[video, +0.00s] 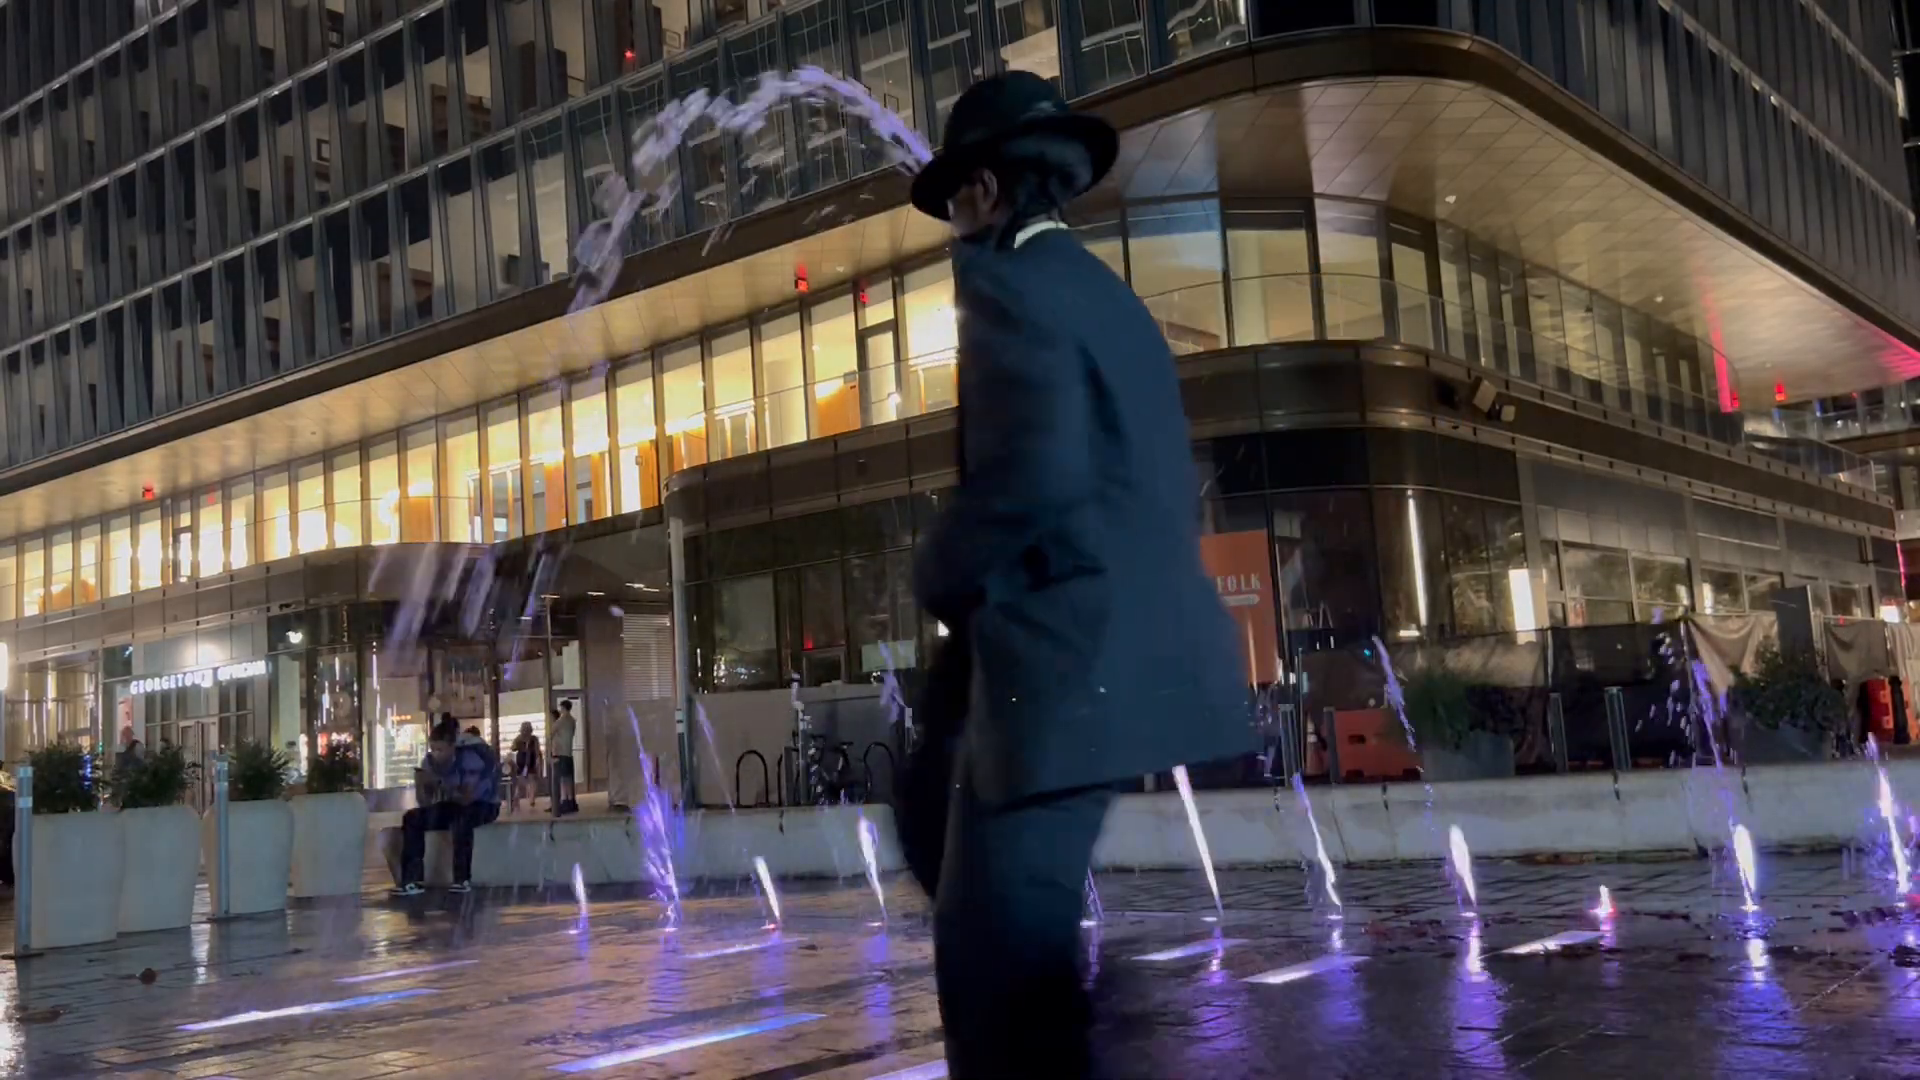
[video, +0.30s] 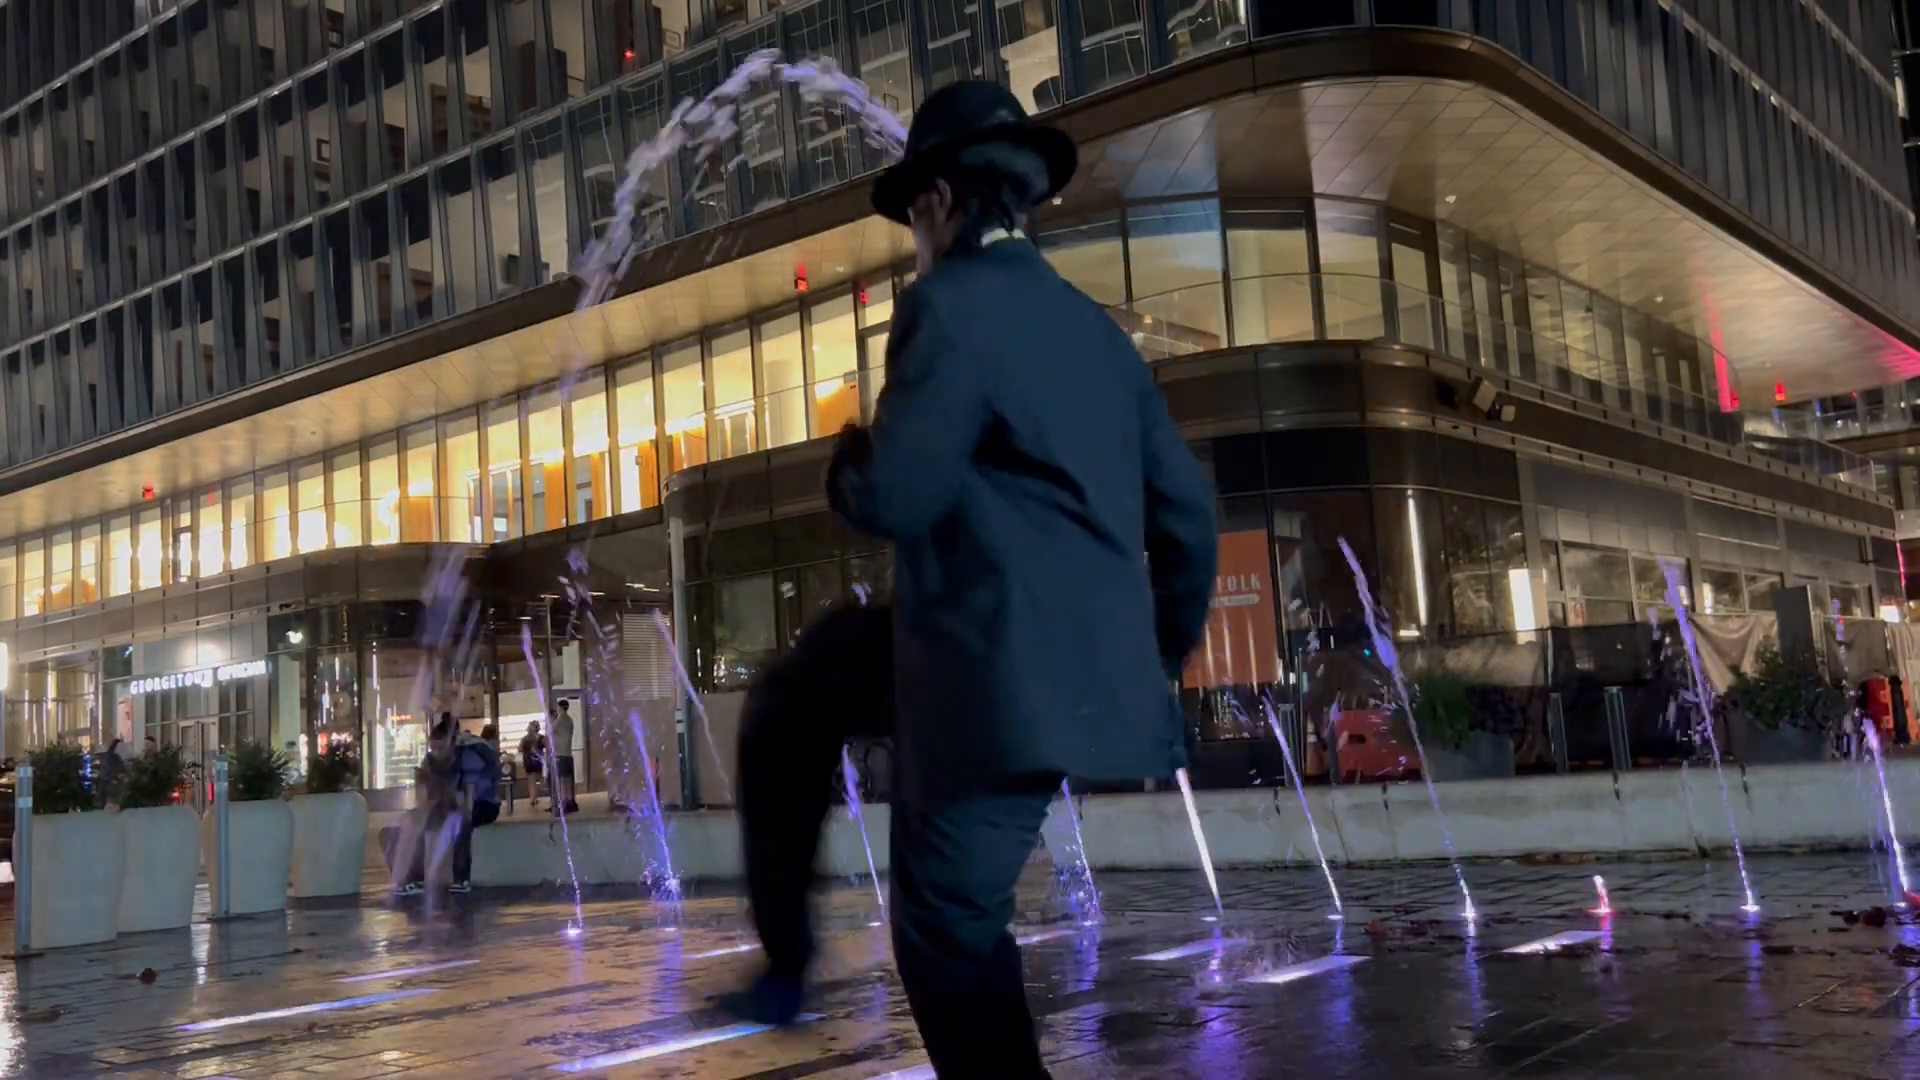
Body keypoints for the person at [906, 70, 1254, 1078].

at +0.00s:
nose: (952, 218)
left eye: (954, 194)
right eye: (951, 197)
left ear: (986, 188)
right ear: (1048, 186)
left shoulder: (1008, 277)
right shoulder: (1100, 288)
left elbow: (1035, 469)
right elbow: (1135, 488)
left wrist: (941, 573)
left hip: (1063, 663)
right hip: (1123, 650)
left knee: (994, 939)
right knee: (1018, 931)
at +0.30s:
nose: (912, 232)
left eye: (913, 209)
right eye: (911, 212)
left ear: (942, 200)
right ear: (1019, 203)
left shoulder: (952, 301)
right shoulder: (1097, 327)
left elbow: (897, 500)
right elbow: (1189, 512)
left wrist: (848, 461)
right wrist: (1157, 652)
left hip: (1004, 661)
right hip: (1099, 657)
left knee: (946, 924)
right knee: (796, 690)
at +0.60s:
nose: (846, 239)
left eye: (853, 219)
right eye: (848, 221)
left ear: (880, 220)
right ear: (970, 227)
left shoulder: (828, 324)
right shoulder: (1050, 327)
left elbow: (798, 505)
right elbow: (1159, 485)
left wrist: (858, 586)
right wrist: (1173, 552)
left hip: (953, 661)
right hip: (1081, 649)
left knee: (925, 940)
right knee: (1022, 931)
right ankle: (1040, 1079)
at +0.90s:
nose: (792, 286)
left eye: (806, 258)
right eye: (791, 263)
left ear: (878, 254)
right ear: (863, 260)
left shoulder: (933, 337)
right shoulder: (855, 405)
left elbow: (1096, 418)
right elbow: (916, 571)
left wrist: (930, 520)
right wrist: (800, 575)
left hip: (1075, 671)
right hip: (998, 696)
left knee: (986, 943)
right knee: (968, 949)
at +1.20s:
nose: (1150, 215)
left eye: (1145, 190)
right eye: (1132, 186)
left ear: (1075, 196)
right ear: (1061, 191)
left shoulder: (1080, 333)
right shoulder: (1017, 307)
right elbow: (992, 486)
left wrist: (1216, 600)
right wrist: (1183, 538)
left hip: (1032, 659)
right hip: (975, 663)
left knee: (1124, 937)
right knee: (1121, 938)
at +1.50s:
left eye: (891, 183)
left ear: (898, 195)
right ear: (1007, 201)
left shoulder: (861, 271)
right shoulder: (1100, 297)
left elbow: (830, 436)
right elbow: (1238, 414)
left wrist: (766, 503)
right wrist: (1147, 527)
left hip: (1001, 660)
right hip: (1144, 649)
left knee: (976, 932)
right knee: (1126, 924)